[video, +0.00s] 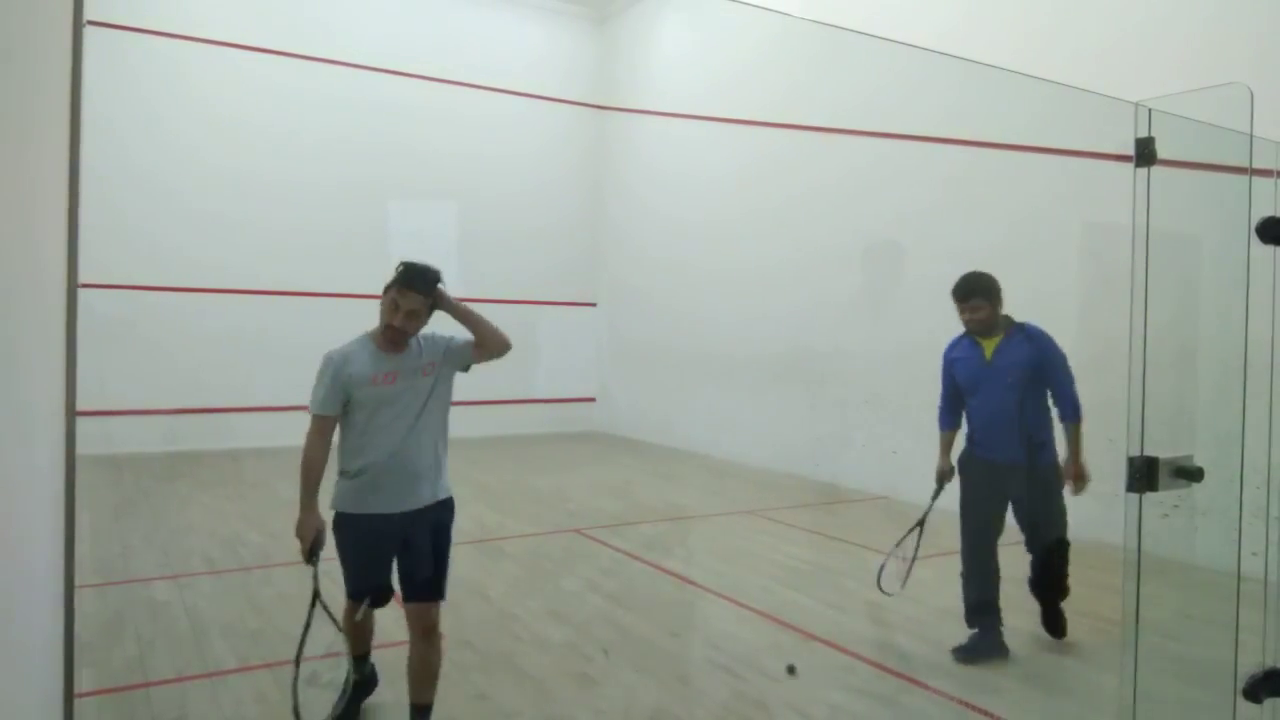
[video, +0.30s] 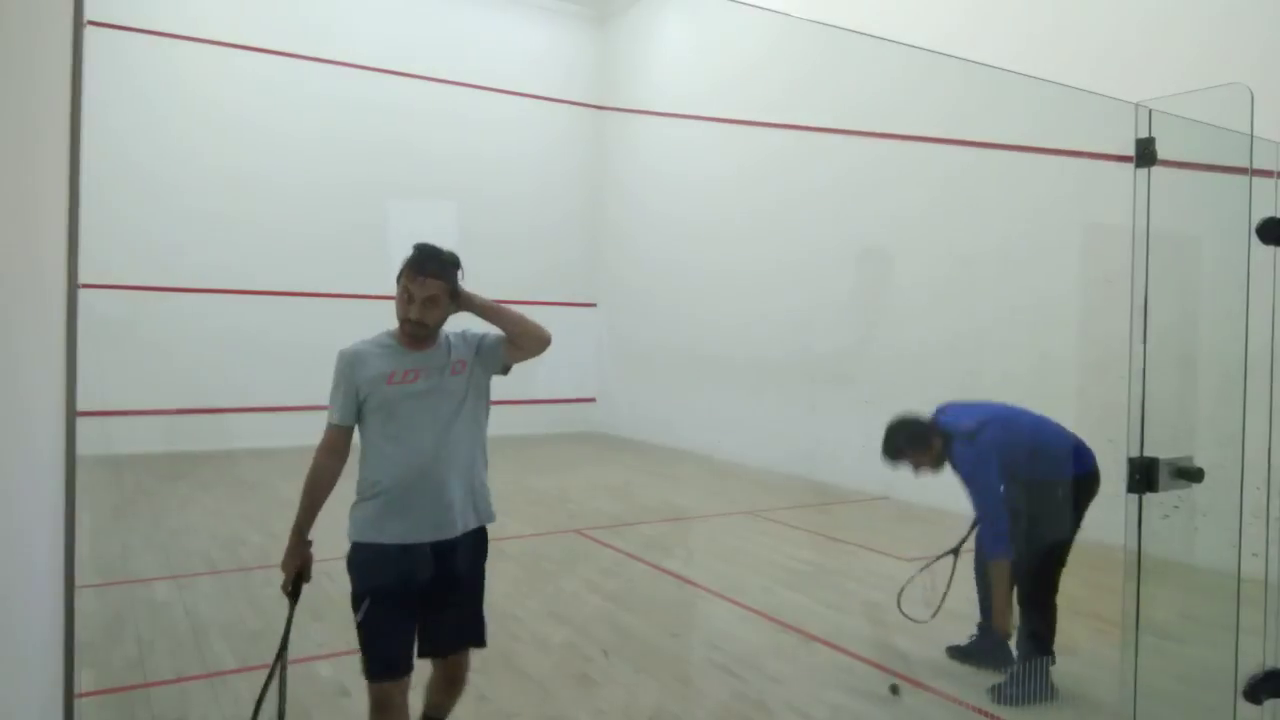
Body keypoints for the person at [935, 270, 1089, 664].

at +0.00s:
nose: (969, 317)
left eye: (977, 309)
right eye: (963, 311)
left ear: (997, 305)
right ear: (958, 312)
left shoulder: (1036, 344)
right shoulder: (957, 354)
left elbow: (1067, 397)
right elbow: (951, 408)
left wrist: (1075, 457)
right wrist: (944, 457)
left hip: (1034, 463)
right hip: (981, 465)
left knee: (1051, 542)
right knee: (977, 548)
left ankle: (1050, 598)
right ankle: (986, 632)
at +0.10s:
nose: (952, 334)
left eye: (957, 325)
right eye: (945, 329)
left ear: (978, 315)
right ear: (940, 328)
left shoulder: (1021, 347)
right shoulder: (952, 358)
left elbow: (1046, 405)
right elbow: (958, 408)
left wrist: (1037, 463)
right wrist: (954, 454)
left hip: (1030, 462)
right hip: (983, 464)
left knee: (1031, 548)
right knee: (975, 546)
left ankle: (1059, 642)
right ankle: (987, 634)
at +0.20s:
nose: (926, 378)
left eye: (927, 369)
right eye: (921, 372)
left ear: (944, 357)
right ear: (928, 367)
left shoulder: (996, 383)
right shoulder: (951, 385)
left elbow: (1025, 446)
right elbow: (973, 423)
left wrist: (1028, 502)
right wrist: (967, 467)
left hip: (1047, 468)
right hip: (1005, 466)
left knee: (1038, 563)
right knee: (978, 549)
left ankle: (1037, 661)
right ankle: (987, 637)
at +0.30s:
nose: (916, 468)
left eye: (914, 460)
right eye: (910, 463)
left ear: (925, 444)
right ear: (924, 436)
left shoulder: (972, 450)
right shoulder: (945, 418)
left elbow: (998, 542)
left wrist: (1001, 620)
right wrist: (988, 504)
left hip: (1070, 477)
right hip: (1029, 476)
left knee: (1036, 575)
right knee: (988, 551)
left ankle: (1035, 674)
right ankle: (991, 643)